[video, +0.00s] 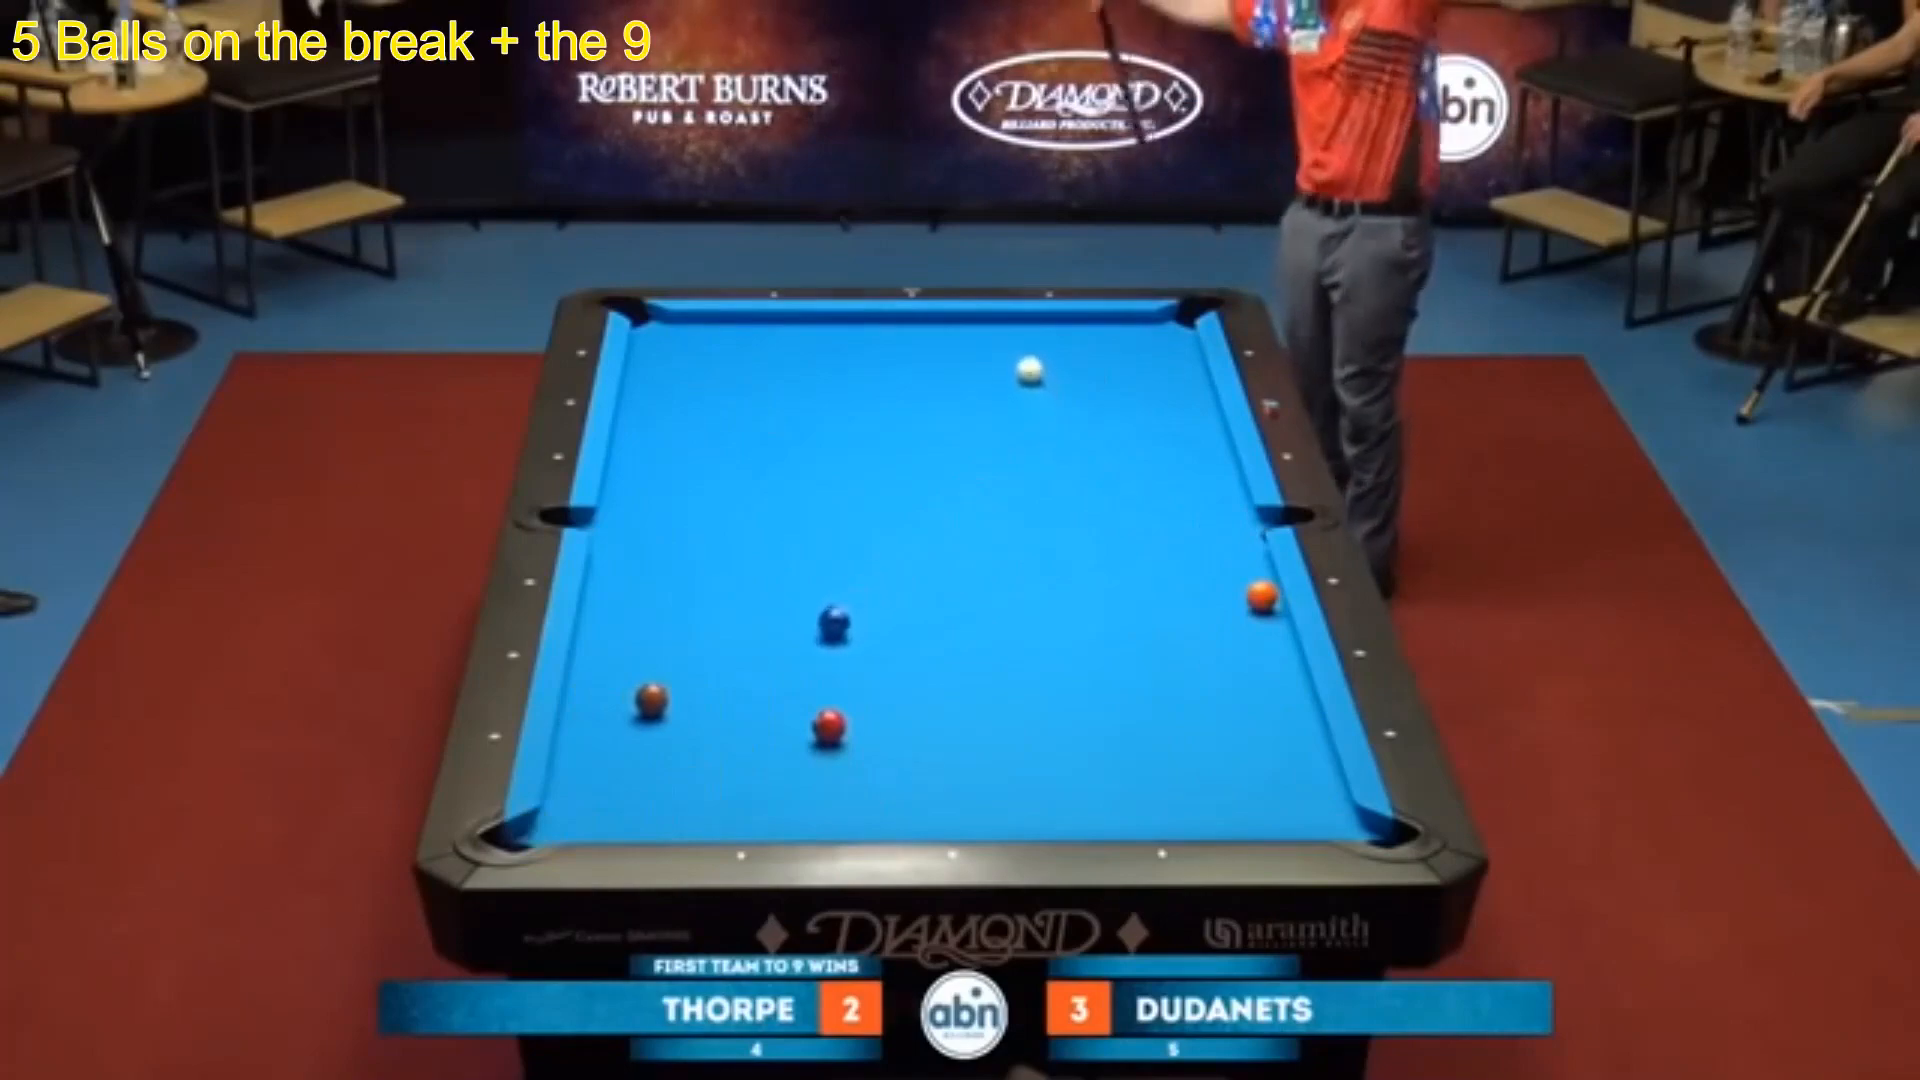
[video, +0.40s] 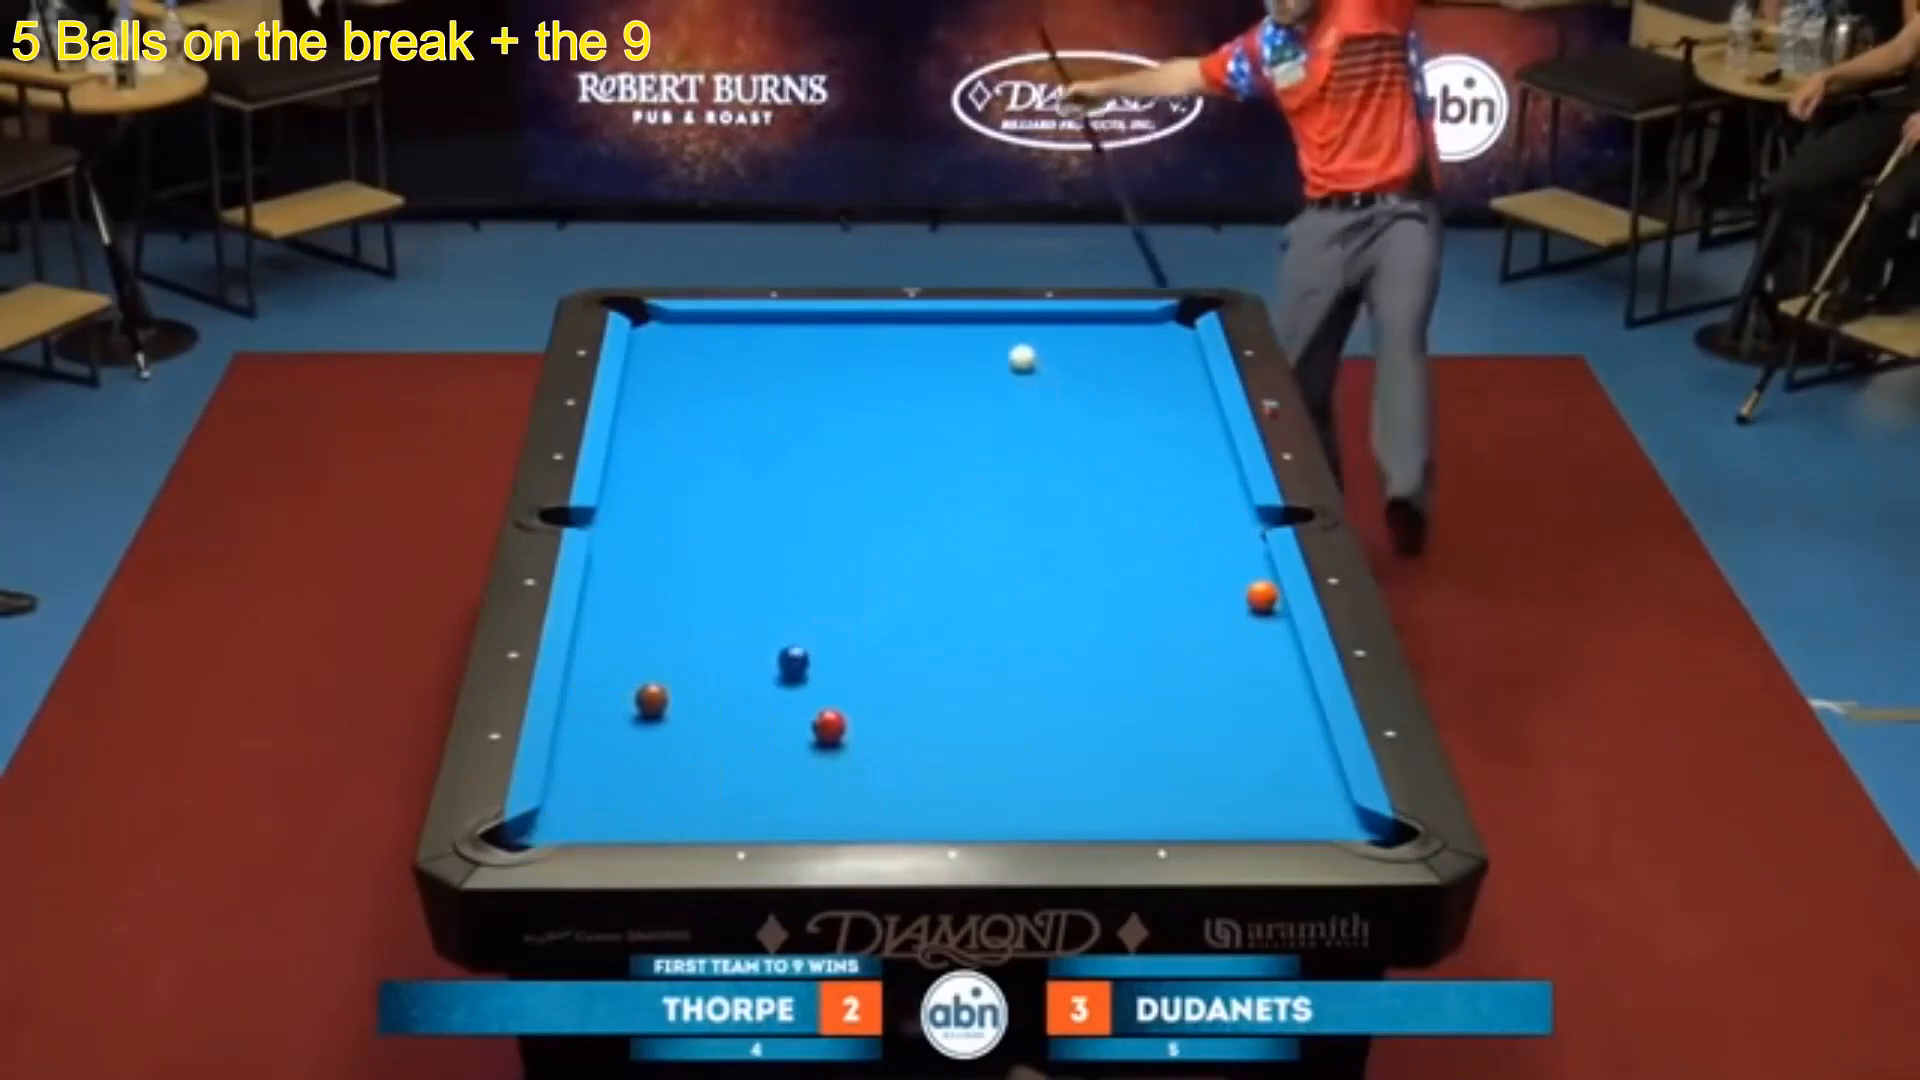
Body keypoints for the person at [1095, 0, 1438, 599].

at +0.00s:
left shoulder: (1405, 7)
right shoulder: (1291, 13)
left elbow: (1519, 4)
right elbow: (1194, 11)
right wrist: (1127, 1)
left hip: (1382, 232)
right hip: (1308, 223)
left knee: (1364, 403)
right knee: (1307, 396)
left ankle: (1367, 568)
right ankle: (1312, 551)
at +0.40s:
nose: (1280, 5)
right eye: (1272, 1)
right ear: (1264, 2)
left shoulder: (1373, 12)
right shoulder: (1261, 49)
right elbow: (1182, 74)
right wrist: (1100, 87)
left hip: (1403, 214)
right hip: (1324, 222)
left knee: (1402, 336)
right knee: (1294, 371)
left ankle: (1407, 496)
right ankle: (1315, 512)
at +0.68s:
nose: (1265, 7)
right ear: (1250, 5)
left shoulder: (1364, 16)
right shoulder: (1256, 71)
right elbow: (1174, 114)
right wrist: (1090, 132)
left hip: (1407, 203)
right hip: (1329, 224)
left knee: (1410, 295)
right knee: (1294, 374)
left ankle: (1424, 418)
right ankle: (1319, 525)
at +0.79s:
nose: (1263, 9)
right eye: (1254, 1)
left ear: (1308, 1)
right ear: (1248, 7)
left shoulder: (1361, 17)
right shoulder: (1255, 79)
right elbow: (1182, 125)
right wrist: (1097, 154)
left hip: (1410, 203)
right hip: (1333, 227)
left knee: (1406, 303)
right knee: (1294, 375)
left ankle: (1421, 441)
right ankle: (1320, 525)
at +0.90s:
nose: (1262, 9)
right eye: (1254, 1)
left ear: (1309, 1)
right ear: (1247, 8)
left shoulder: (1360, 18)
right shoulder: (1255, 82)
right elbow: (1183, 127)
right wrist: (1101, 156)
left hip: (1410, 208)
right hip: (1333, 229)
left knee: (1405, 314)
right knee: (1292, 370)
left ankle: (1416, 459)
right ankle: (1318, 516)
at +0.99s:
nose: (1262, 9)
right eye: (1254, 0)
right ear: (1248, 7)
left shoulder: (1361, 16)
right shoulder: (1255, 81)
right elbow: (1184, 127)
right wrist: (1102, 154)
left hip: (1410, 212)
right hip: (1333, 233)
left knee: (1404, 319)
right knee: (1292, 374)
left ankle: (1414, 470)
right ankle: (1319, 519)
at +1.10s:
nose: (1264, 9)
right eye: (1256, 0)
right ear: (1249, 6)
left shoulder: (1362, 19)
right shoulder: (1257, 78)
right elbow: (1191, 133)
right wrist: (1106, 163)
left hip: (1406, 220)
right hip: (1329, 235)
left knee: (1399, 337)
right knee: (1290, 380)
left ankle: (1404, 505)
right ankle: (1317, 523)